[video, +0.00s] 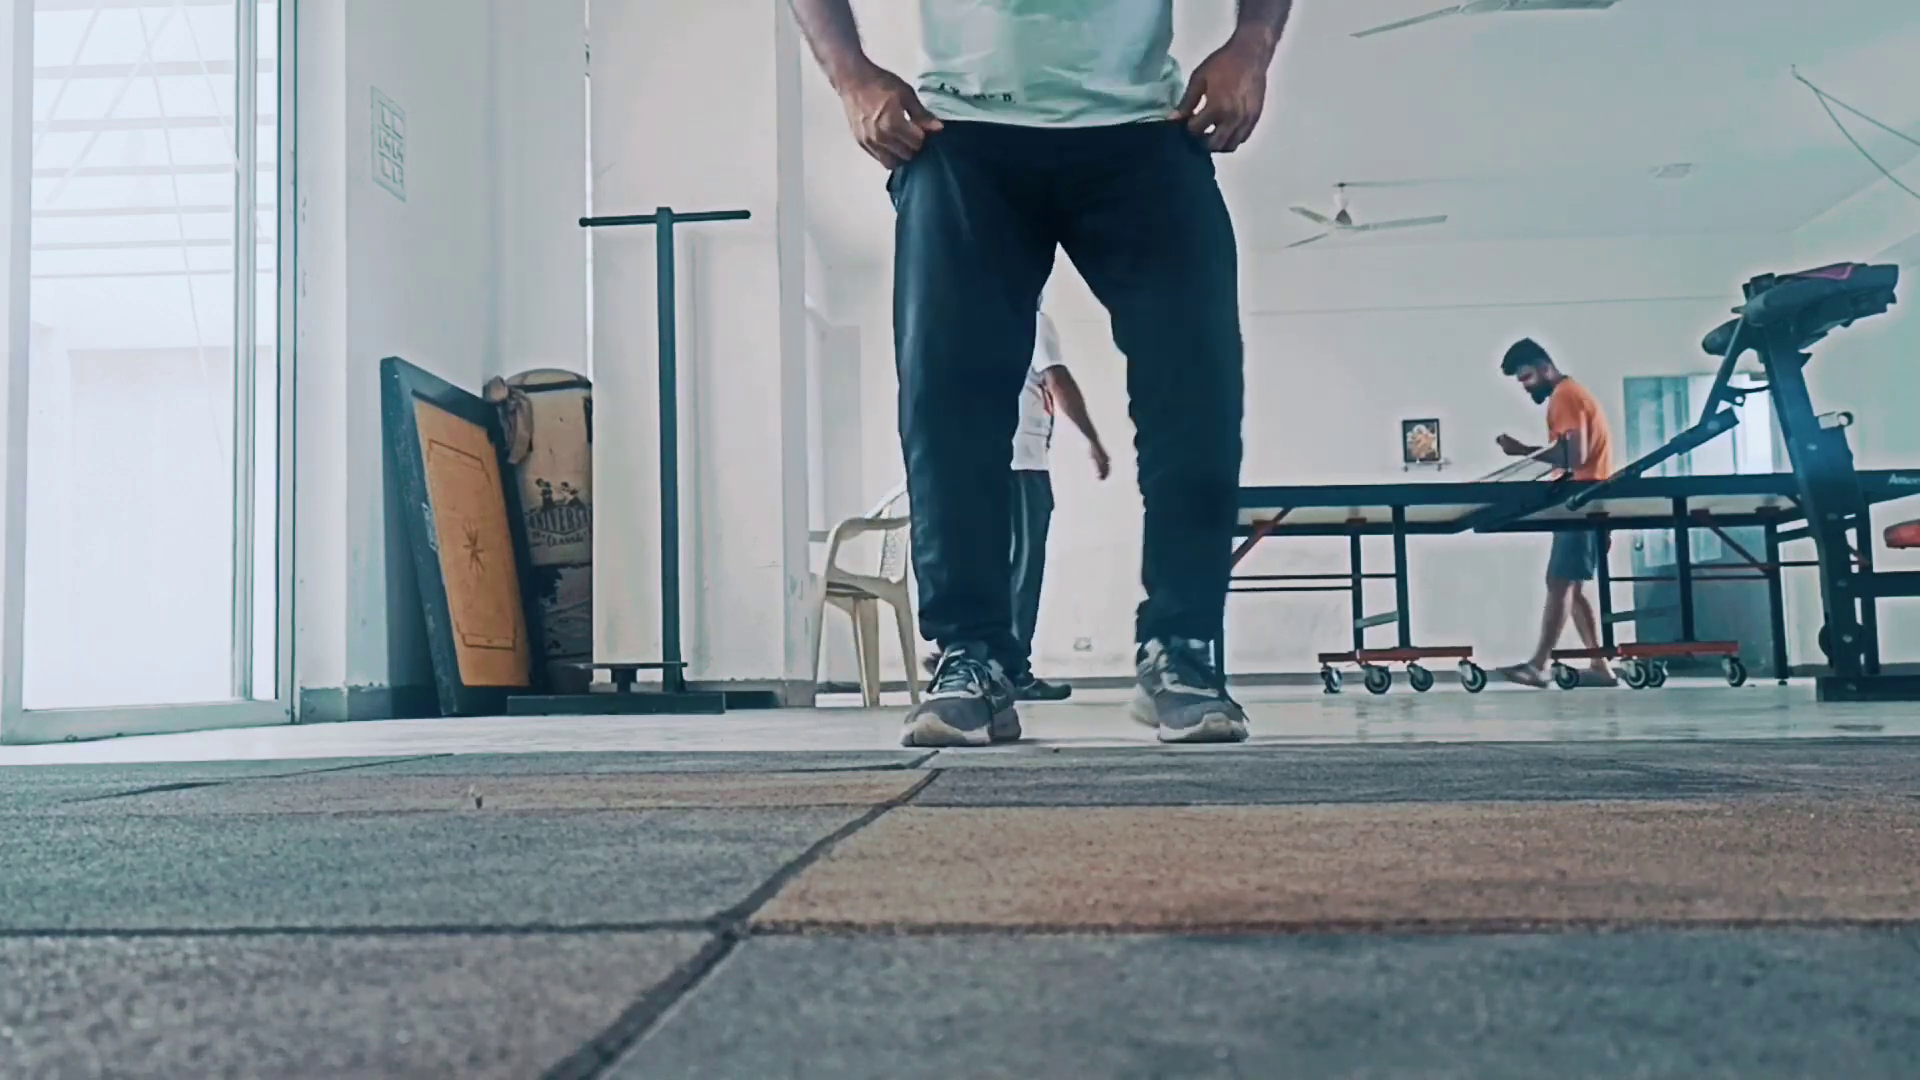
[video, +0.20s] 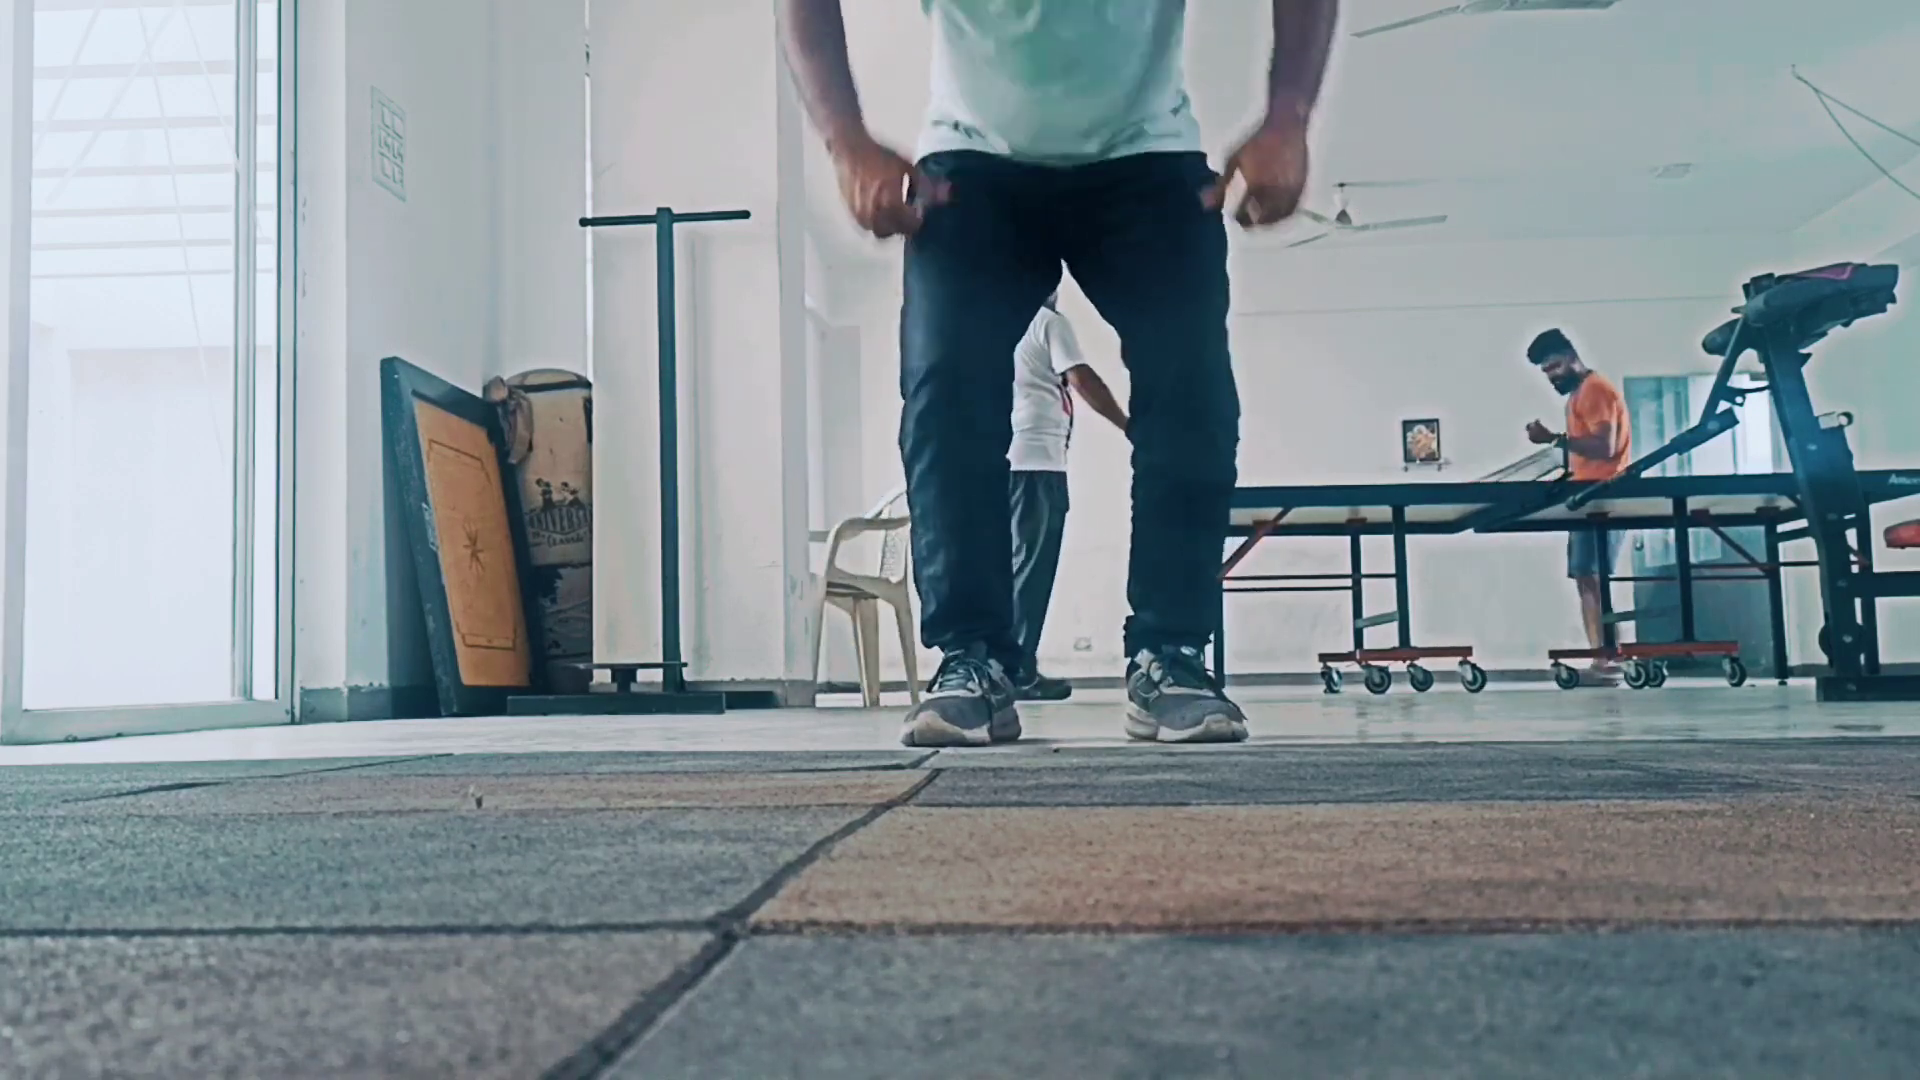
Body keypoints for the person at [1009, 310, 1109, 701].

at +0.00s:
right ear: (1027, 281)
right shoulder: (1032, 316)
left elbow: (1048, 380)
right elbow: (1057, 380)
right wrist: (1093, 439)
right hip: (1023, 460)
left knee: (991, 556)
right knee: (1027, 563)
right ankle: (1015, 666)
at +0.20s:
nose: (1061, 284)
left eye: (1057, 275)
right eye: (1058, 277)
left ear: (1023, 282)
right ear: (1051, 284)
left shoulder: (998, 319)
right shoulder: (1048, 320)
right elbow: (1082, 380)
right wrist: (1125, 423)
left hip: (1002, 460)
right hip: (1034, 461)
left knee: (1009, 563)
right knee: (1033, 568)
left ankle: (1010, 666)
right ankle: (1020, 669)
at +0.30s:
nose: (1071, 289)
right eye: (1067, 283)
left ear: (1027, 289)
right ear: (1058, 288)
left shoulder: (1007, 324)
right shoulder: (1057, 323)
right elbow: (1087, 384)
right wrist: (1138, 431)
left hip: (1010, 455)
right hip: (1044, 455)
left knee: (1030, 565)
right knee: (1037, 565)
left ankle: (1065, 665)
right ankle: (1013, 667)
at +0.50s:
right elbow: (1087, 394)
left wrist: (1082, 438)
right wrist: (1116, 442)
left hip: (1028, 461)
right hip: (1061, 457)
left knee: (1067, 572)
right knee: (1053, 564)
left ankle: (1086, 674)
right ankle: (1021, 671)